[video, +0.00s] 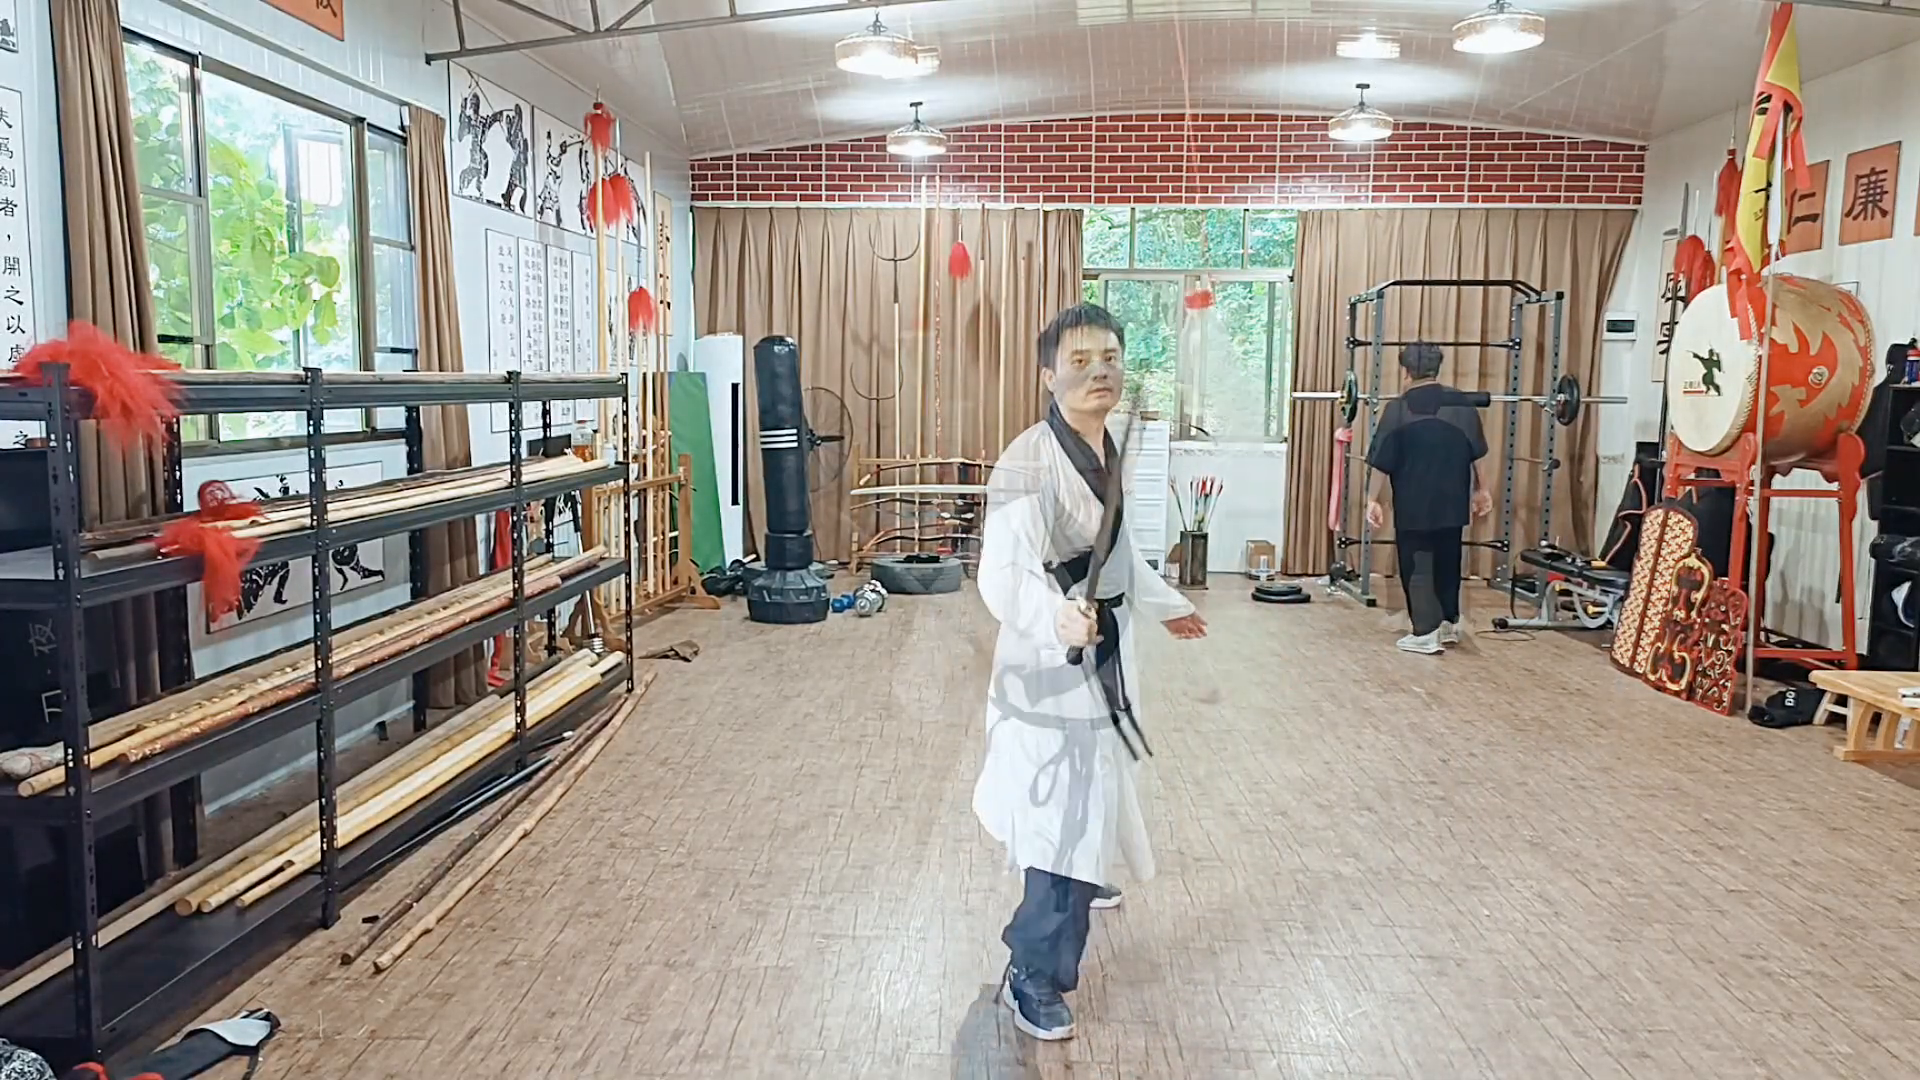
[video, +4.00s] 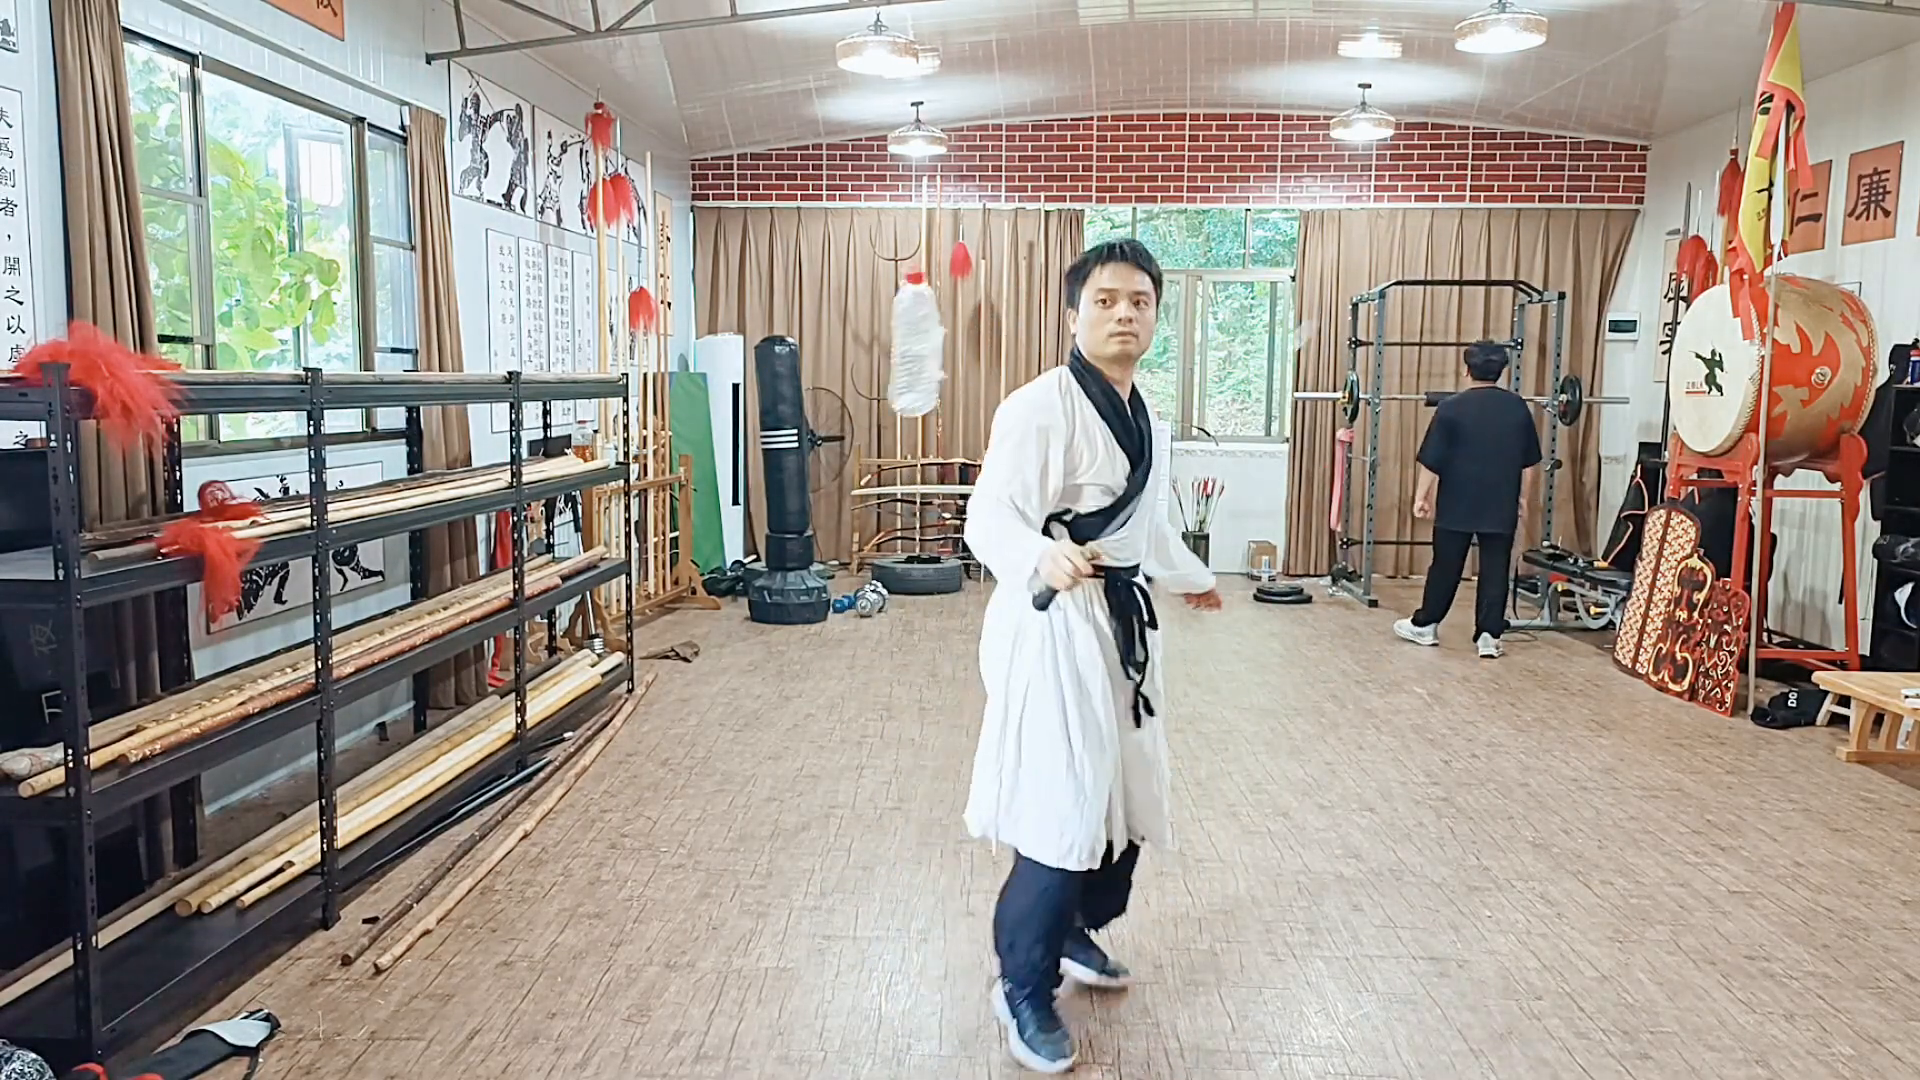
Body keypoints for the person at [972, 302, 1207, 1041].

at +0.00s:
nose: (1100, 372)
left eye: (1109, 358)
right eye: (1081, 361)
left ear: (1122, 368)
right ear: (1050, 374)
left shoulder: (1110, 451)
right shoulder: (1027, 462)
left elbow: (1115, 552)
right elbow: (1004, 573)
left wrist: (1166, 604)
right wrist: (1058, 617)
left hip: (1100, 657)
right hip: (1046, 669)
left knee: (1093, 783)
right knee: (1059, 815)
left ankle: (1077, 881)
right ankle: (1034, 979)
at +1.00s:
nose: (1185, 404)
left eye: (1198, 388)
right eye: (1164, 388)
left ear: (1213, 399)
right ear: (1126, 401)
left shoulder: (1183, 489)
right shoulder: (1091, 496)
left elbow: (1162, 587)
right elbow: (1034, 619)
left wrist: (1181, 650)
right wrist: (1075, 671)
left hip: (1155, 707)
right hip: (1087, 721)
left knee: (1180, 858)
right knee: (1072, 896)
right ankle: (1038, 1057)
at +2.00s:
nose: (1025, 389)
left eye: (1045, 371)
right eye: (1003, 372)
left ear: (1072, 391)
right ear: (974, 389)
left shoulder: (1067, 470)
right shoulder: (949, 476)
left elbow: (1084, 542)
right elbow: (892, 522)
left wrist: (1109, 595)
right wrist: (843, 561)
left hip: (1066, 708)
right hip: (974, 723)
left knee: (1068, 867)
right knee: (960, 919)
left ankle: (1062, 1000)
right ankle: (940, 1050)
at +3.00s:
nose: (1067, 390)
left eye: (1080, 371)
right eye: (1043, 373)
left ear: (1093, 378)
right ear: (1002, 385)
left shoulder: (1056, 471)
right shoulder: (983, 471)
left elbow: (1048, 590)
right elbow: (983, 571)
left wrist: (1088, 641)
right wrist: (1062, 541)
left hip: (1029, 706)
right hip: (986, 717)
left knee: (1004, 871)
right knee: (1013, 937)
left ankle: (971, 989)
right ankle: (996, 1056)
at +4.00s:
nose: (1126, 314)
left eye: (1140, 301)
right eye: (1108, 300)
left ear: (1157, 316)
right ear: (1075, 313)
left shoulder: (1147, 416)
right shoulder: (1040, 406)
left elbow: (1151, 522)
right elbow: (989, 517)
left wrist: (1189, 578)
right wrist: (1041, 555)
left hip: (1122, 621)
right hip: (1051, 625)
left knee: (1126, 785)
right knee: (1063, 804)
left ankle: (1072, 927)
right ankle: (1024, 982)